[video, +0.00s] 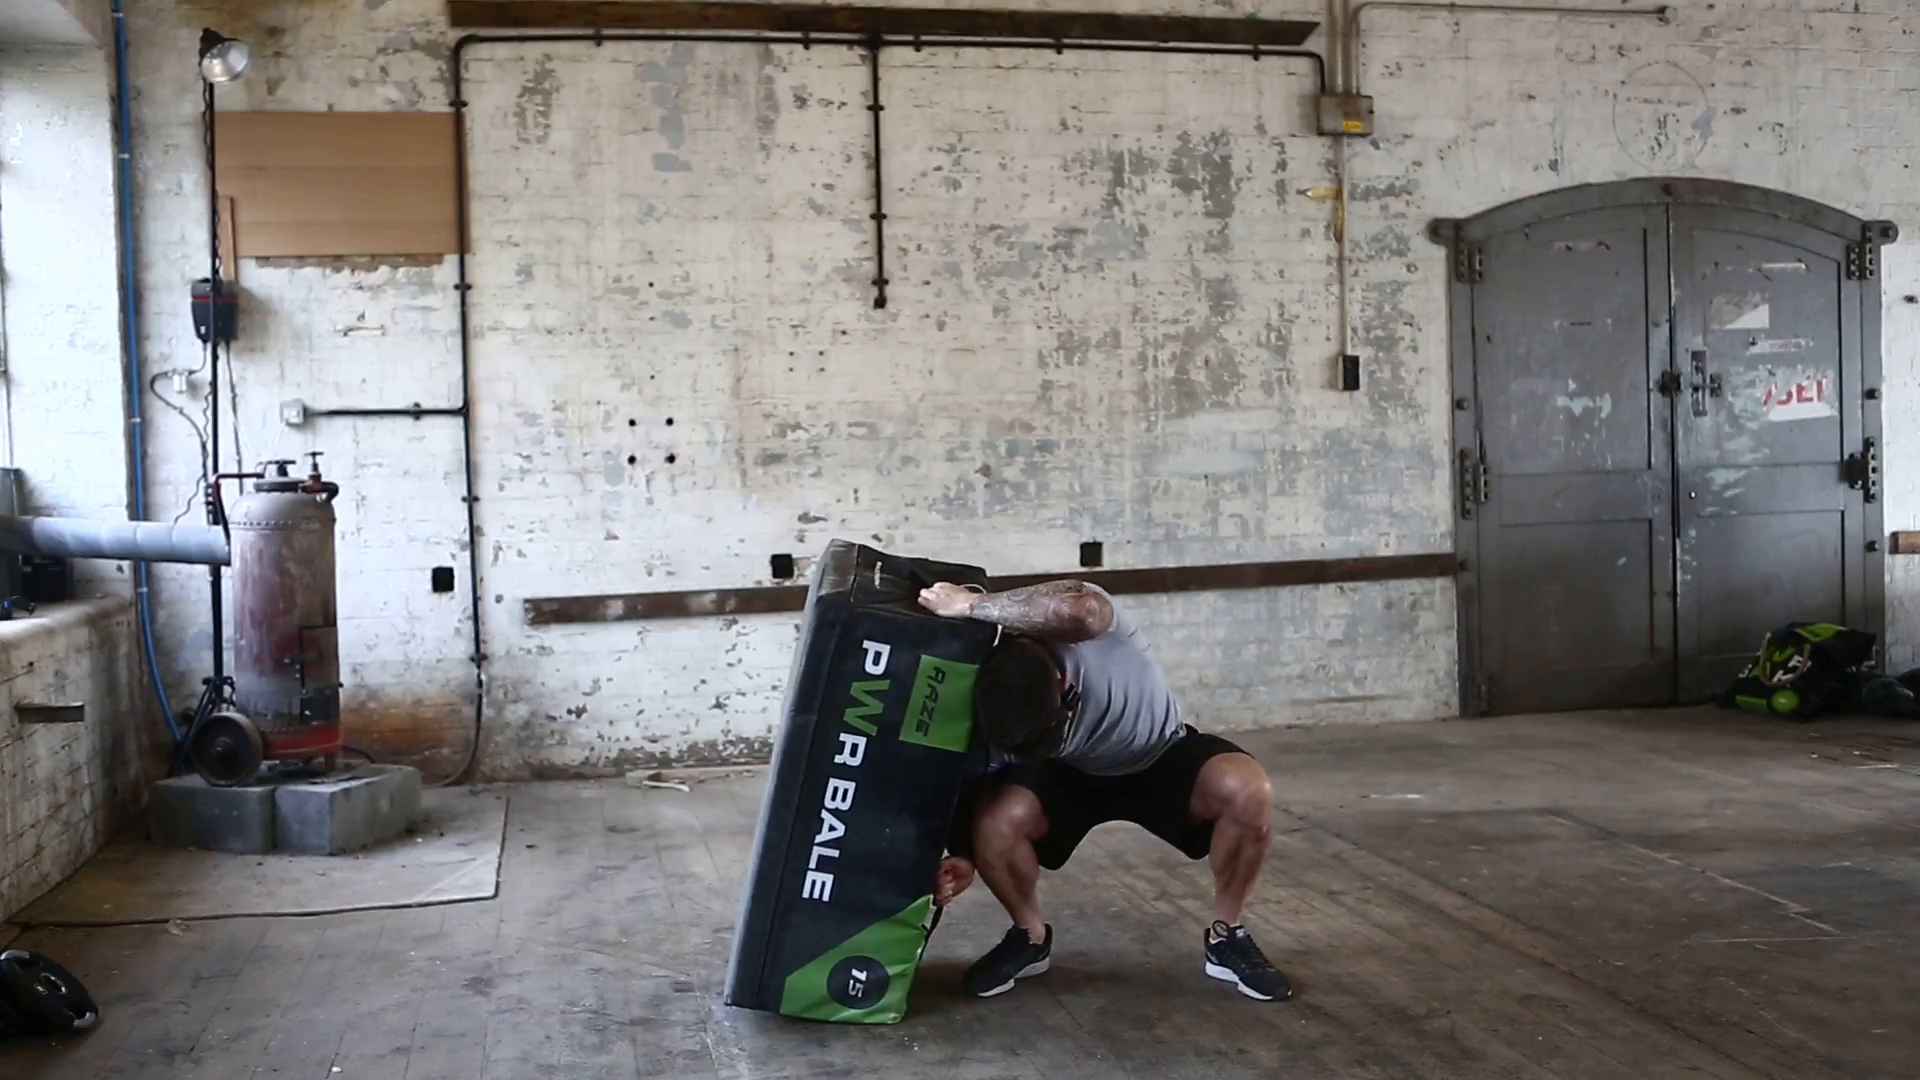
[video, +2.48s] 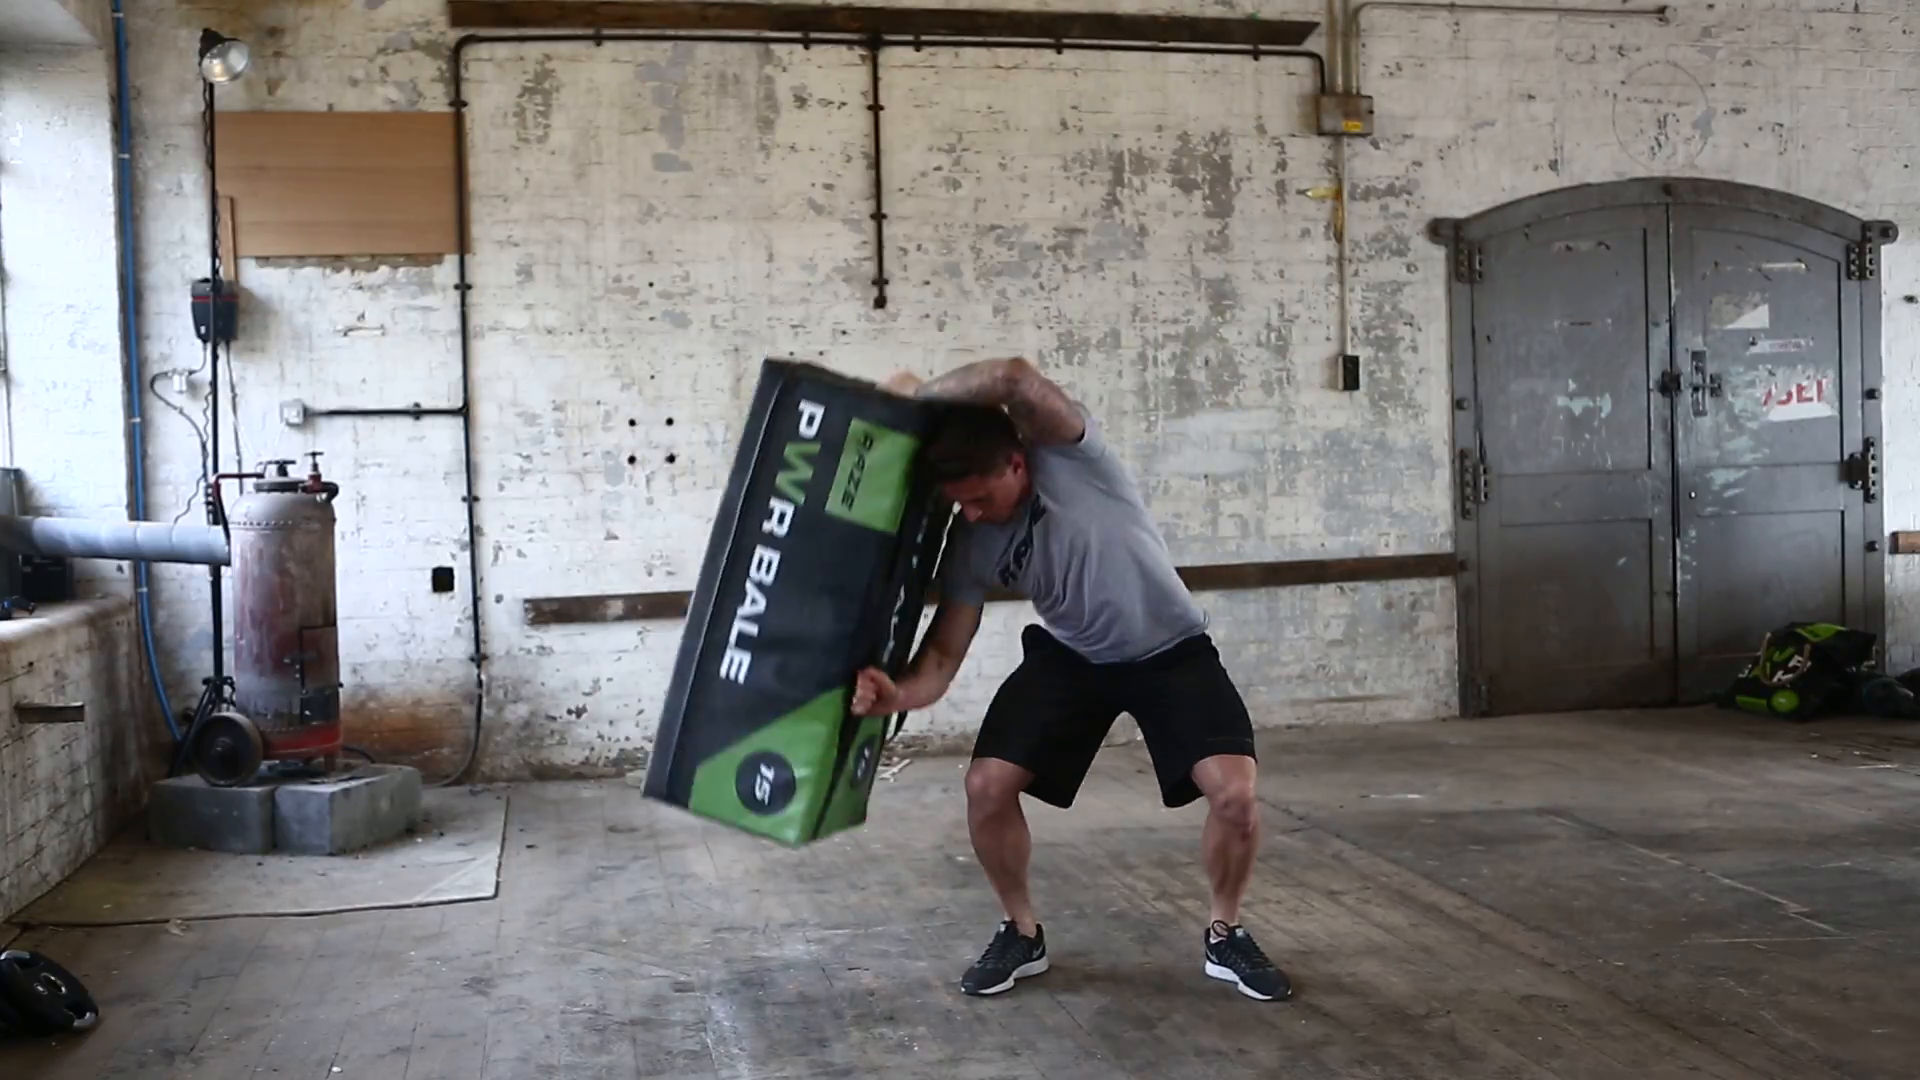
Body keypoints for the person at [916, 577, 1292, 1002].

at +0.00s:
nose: (1034, 752)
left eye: (1042, 738)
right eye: (1022, 747)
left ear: (1061, 686)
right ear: (986, 722)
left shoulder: (1086, 632)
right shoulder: (980, 722)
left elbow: (1084, 609)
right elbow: (972, 789)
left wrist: (971, 604)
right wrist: (963, 859)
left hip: (1160, 758)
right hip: (1069, 771)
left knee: (1249, 792)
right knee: (993, 823)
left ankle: (1226, 935)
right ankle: (1030, 936)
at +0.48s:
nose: (1069, 682)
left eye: (1078, 669)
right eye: (1054, 678)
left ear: (1093, 611)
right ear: (1021, 645)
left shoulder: (1112, 552)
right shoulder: (1011, 656)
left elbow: (1177, 474)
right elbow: (981, 731)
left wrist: (1062, 497)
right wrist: (960, 780)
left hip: (1180, 721)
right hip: (1082, 728)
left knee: (1256, 797)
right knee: (994, 796)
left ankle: (1227, 934)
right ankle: (1023, 934)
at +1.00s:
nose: (1134, 364)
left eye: (1147, 353)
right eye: (1122, 351)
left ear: (1163, 323)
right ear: (1089, 318)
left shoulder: (1179, 323)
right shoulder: (1033, 346)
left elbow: (1288, 313)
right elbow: (929, 407)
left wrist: (1242, 237)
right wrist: (929, 360)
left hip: (1167, 578)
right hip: (1063, 582)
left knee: (1211, 754)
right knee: (1032, 765)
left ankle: (1231, 929)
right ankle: (1022, 927)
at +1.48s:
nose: (1133, 299)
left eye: (1150, 284)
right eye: (1119, 282)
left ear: (1174, 275)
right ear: (1093, 270)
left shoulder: (1202, 328)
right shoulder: (1046, 322)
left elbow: (1316, 365)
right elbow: (932, 341)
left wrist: (1290, 262)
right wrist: (937, 272)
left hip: (1174, 581)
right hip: (1069, 582)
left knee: (1206, 758)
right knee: (1045, 761)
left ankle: (1232, 929)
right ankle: (1022, 926)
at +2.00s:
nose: (1092, 299)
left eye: (1108, 283)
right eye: (1077, 284)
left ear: (1140, 267)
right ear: (1058, 272)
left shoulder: (1182, 314)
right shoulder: (1026, 334)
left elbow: (1300, 294)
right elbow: (911, 381)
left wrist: (1225, 218)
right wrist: (913, 308)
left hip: (1176, 582)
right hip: (1070, 584)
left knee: (1208, 759)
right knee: (1040, 762)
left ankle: (1230, 932)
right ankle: (1021, 926)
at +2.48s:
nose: (972, 515)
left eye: (980, 498)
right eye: (959, 505)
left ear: (1015, 464)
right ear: (948, 491)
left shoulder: (1074, 456)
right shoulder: (975, 543)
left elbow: (1012, 377)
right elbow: (940, 655)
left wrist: (921, 395)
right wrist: (898, 696)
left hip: (1170, 647)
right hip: (1068, 655)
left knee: (1236, 794)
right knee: (987, 788)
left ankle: (1225, 933)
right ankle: (1022, 932)